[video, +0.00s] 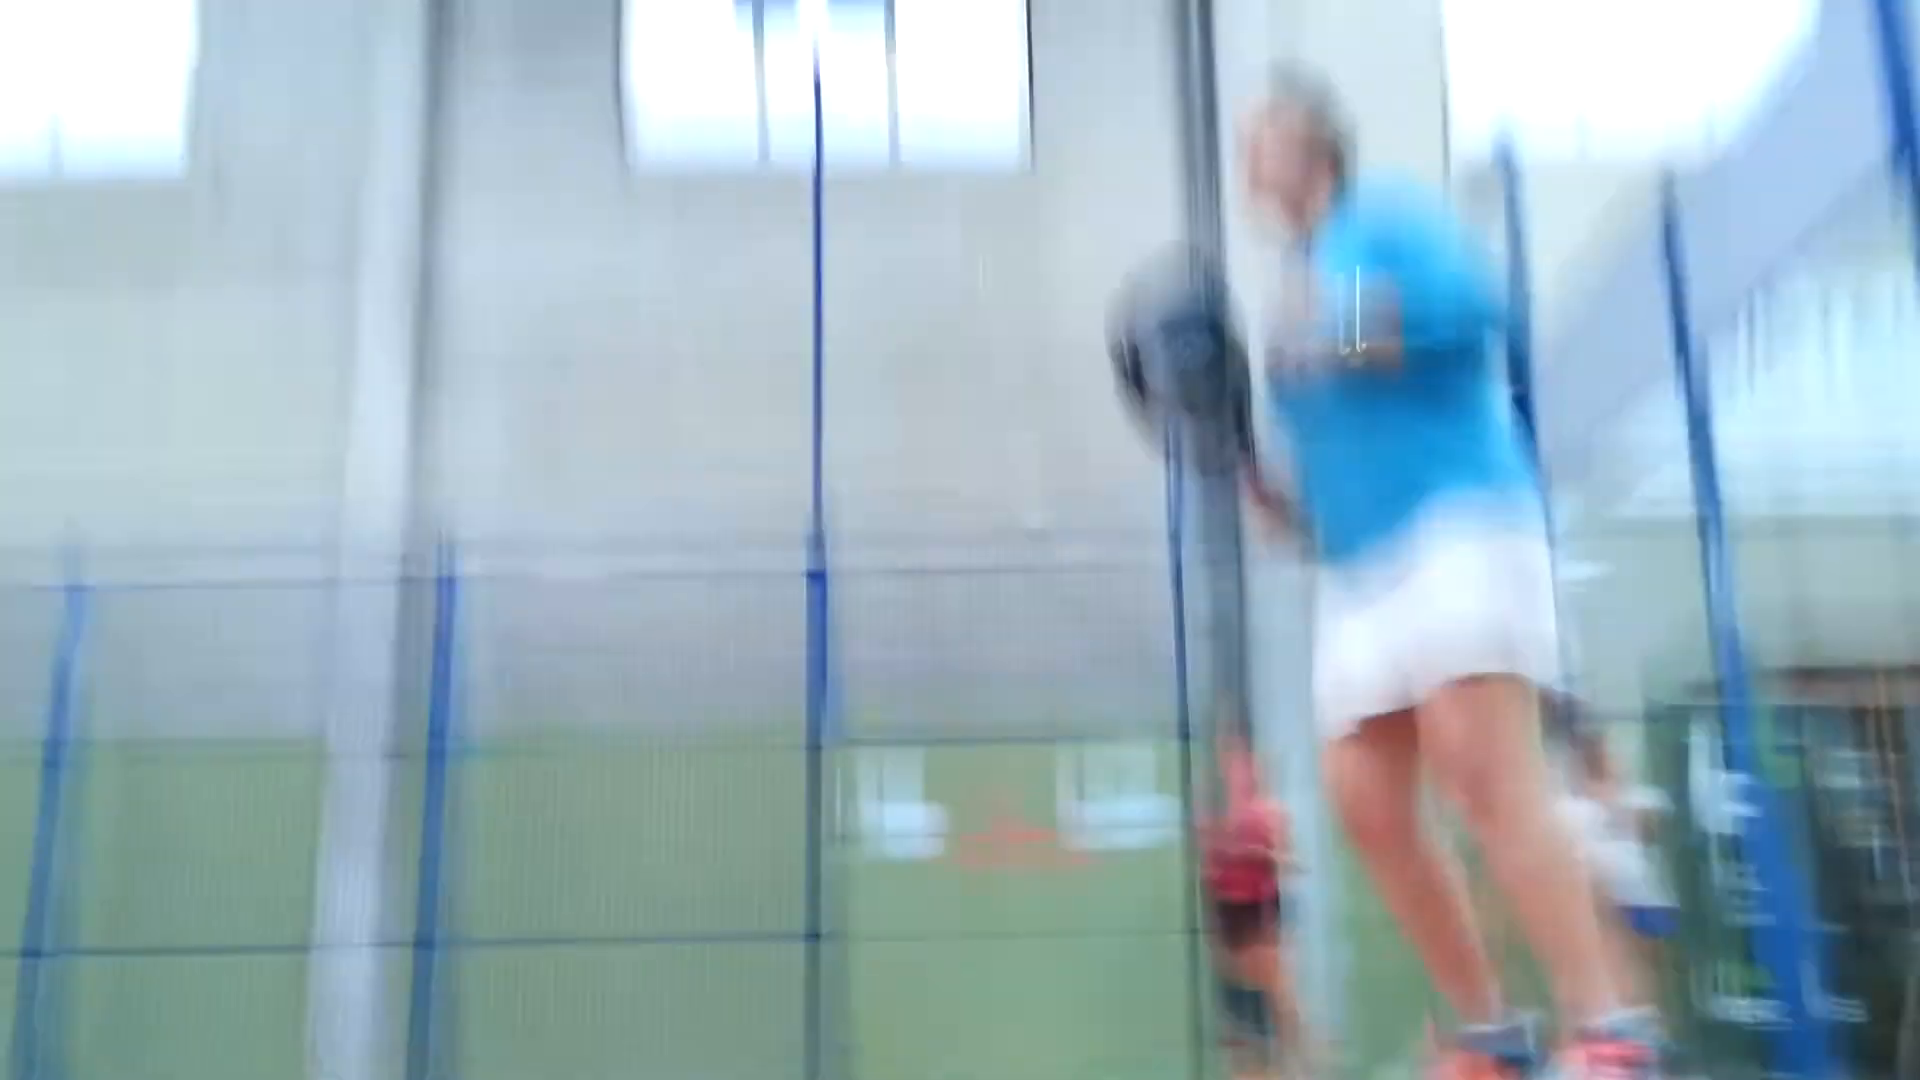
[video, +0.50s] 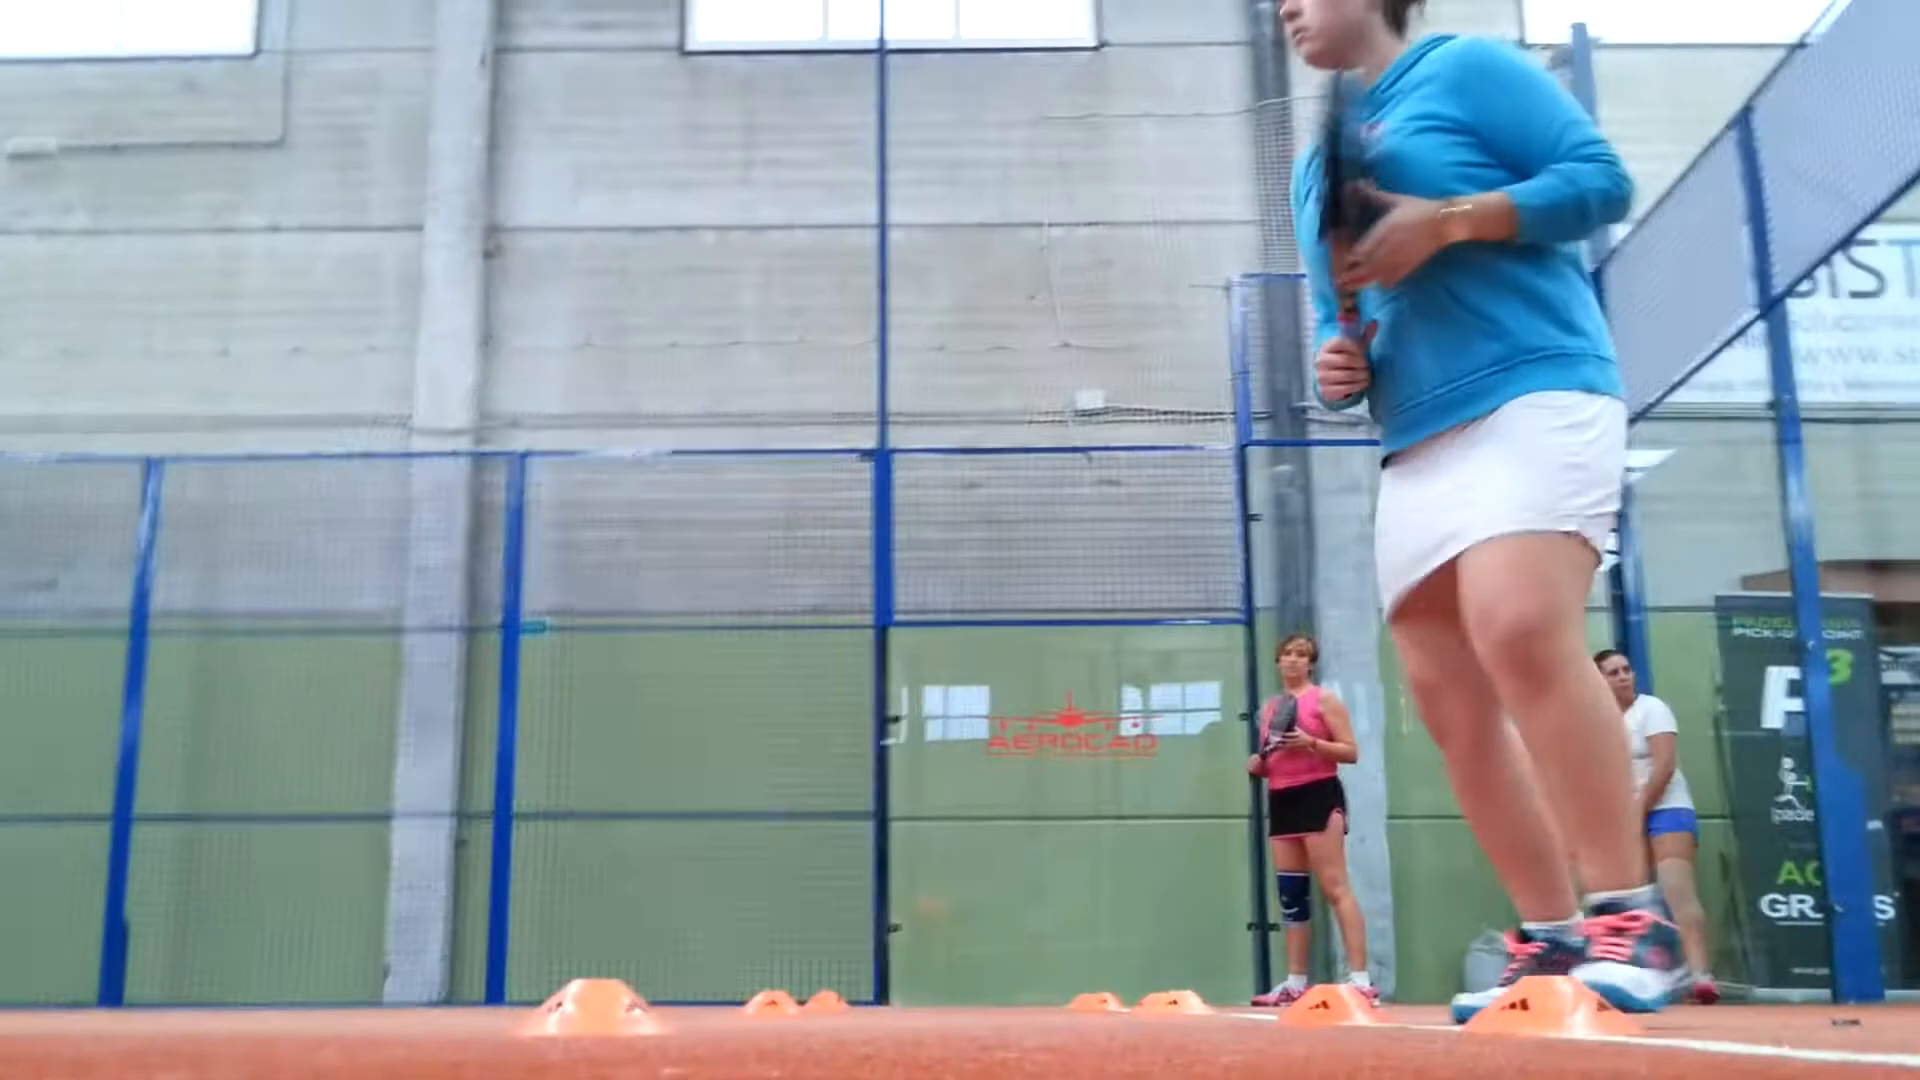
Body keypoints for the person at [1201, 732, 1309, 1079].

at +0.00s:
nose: (1238, 777)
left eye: (1244, 768)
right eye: (1232, 768)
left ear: (1256, 773)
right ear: (1223, 775)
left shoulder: (1265, 814)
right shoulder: (1220, 817)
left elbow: (1280, 856)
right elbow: (1213, 865)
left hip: (1259, 900)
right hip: (1227, 902)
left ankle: (1292, 1054)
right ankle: (1245, 1061)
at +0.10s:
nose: (1281, 771)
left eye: (1288, 766)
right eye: (1276, 765)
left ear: (1300, 773)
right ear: (1266, 773)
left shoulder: (1312, 811)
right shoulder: (1259, 819)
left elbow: (1338, 862)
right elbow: (1254, 869)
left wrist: (1299, 856)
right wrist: (1246, 874)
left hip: (1309, 905)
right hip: (1271, 907)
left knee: (1326, 1002)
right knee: (1283, 1009)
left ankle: (1350, 1073)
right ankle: (1288, 1075)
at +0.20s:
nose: (1284, 723)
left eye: (1290, 716)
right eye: (1278, 716)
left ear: (1302, 721)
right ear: (1270, 722)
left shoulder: (1315, 761)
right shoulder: (1262, 768)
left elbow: (1339, 808)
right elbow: (1261, 812)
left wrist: (1300, 802)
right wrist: (1250, 822)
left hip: (1311, 854)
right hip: (1273, 857)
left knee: (1330, 950)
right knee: (1287, 956)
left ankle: (1355, 1034)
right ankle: (1292, 1041)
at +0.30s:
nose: (1285, 671)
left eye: (1292, 664)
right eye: (1279, 664)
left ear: (1302, 672)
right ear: (1269, 672)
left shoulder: (1315, 711)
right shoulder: (1262, 719)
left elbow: (1340, 759)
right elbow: (1260, 764)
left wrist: (1300, 754)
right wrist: (1250, 773)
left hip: (1311, 802)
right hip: (1273, 805)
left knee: (1328, 897)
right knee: (1286, 904)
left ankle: (1354, 985)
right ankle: (1291, 990)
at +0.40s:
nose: (1289, 657)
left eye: (1296, 652)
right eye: (1283, 651)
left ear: (1306, 660)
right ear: (1273, 659)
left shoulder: (1319, 698)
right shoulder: (1264, 706)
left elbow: (1345, 748)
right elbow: (1264, 757)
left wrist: (1306, 741)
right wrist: (1253, 761)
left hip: (1314, 790)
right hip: (1276, 793)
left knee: (1331, 885)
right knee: (1288, 892)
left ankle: (1357, 975)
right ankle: (1293, 980)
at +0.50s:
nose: (1294, 660)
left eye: (1301, 655)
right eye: (1288, 654)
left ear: (1312, 663)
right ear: (1278, 661)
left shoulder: (1325, 700)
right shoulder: (1270, 708)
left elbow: (1350, 751)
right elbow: (1270, 758)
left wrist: (1311, 743)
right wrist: (1259, 762)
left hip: (1318, 792)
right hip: (1281, 795)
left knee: (1335, 888)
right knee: (1292, 896)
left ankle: (1360, 978)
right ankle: (1296, 982)